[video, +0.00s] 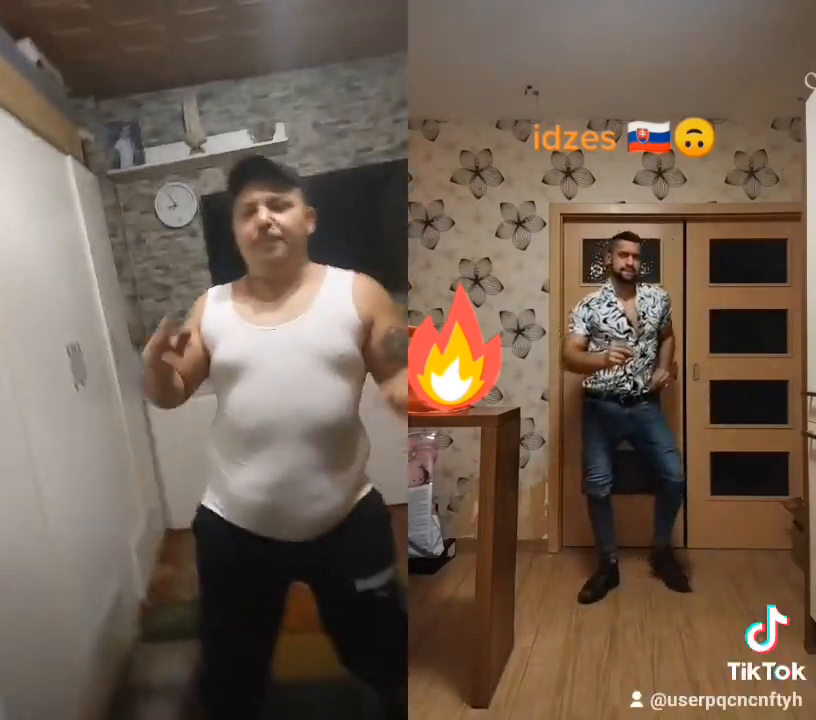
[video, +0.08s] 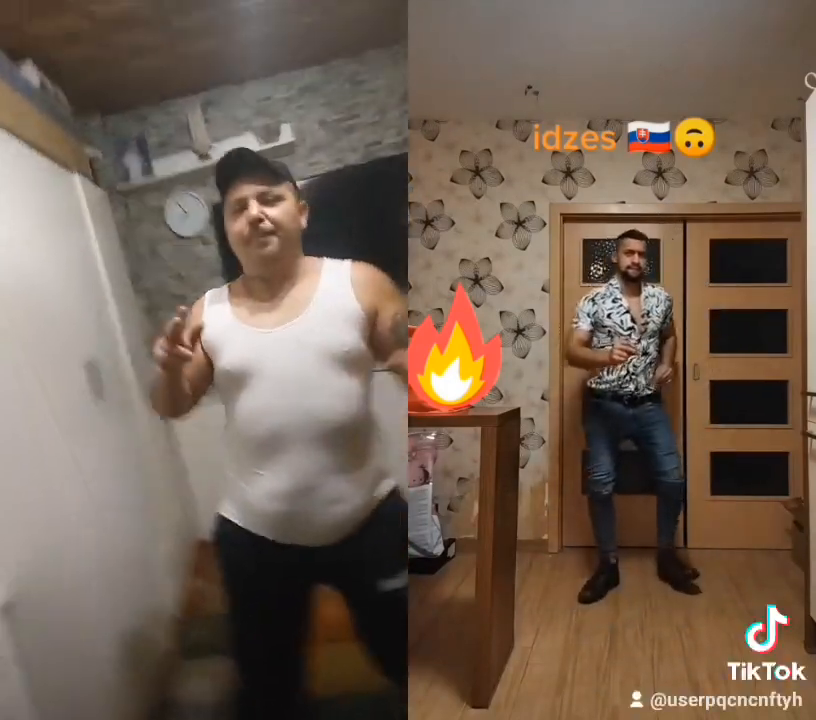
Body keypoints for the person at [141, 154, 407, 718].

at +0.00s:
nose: (266, 220)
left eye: (280, 205)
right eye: (249, 211)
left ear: (309, 220)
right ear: (234, 233)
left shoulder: (358, 294)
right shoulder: (213, 307)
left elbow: (398, 377)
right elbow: (168, 397)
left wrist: (415, 391)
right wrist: (158, 367)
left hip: (343, 523)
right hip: (237, 529)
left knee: (383, 671)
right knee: (229, 688)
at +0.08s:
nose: (257, 215)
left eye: (270, 199)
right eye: (240, 207)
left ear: (302, 212)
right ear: (226, 233)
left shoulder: (359, 284)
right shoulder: (208, 316)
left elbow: (419, 361)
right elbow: (171, 407)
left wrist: (425, 351)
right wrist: (171, 368)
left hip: (365, 523)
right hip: (258, 534)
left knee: (405, 669)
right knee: (267, 692)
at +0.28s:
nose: (215, 213)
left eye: (224, 194)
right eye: (193, 207)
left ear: (257, 200)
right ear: (179, 233)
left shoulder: (330, 261)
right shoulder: (186, 328)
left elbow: (423, 323)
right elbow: (166, 420)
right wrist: (183, 434)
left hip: (390, 516)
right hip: (296, 545)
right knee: (344, 693)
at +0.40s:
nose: (182, 208)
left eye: (192, 190)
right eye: (159, 203)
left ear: (221, 201)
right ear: (143, 233)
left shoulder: (297, 249)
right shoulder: (162, 331)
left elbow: (389, 301)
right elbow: (159, 446)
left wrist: (400, 264)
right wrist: (163, 419)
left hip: (395, 489)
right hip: (297, 537)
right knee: (357, 687)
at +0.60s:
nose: (122, 202)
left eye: (132, 184)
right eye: (97, 196)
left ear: (161, 200)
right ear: (78, 233)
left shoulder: (235, 249)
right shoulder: (96, 343)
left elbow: (343, 298)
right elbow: (89, 431)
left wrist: (341, 252)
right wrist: (106, 450)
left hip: (361, 502)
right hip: (250, 562)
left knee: (448, 641)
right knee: (310, 709)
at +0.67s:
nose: (116, 217)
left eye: (127, 199)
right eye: (92, 210)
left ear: (152, 213)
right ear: (69, 242)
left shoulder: (222, 270)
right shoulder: (77, 358)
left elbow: (322, 329)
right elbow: (71, 450)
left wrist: (335, 291)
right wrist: (91, 487)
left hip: (337, 536)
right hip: (220, 592)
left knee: (393, 687)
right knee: (265, 716)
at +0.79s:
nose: (122, 229)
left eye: (136, 213)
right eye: (99, 219)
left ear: (159, 229)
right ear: (73, 246)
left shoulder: (220, 297)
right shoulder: (64, 362)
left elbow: (308, 390)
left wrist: (304, 350)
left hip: (305, 588)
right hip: (169, 630)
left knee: (372, 706)